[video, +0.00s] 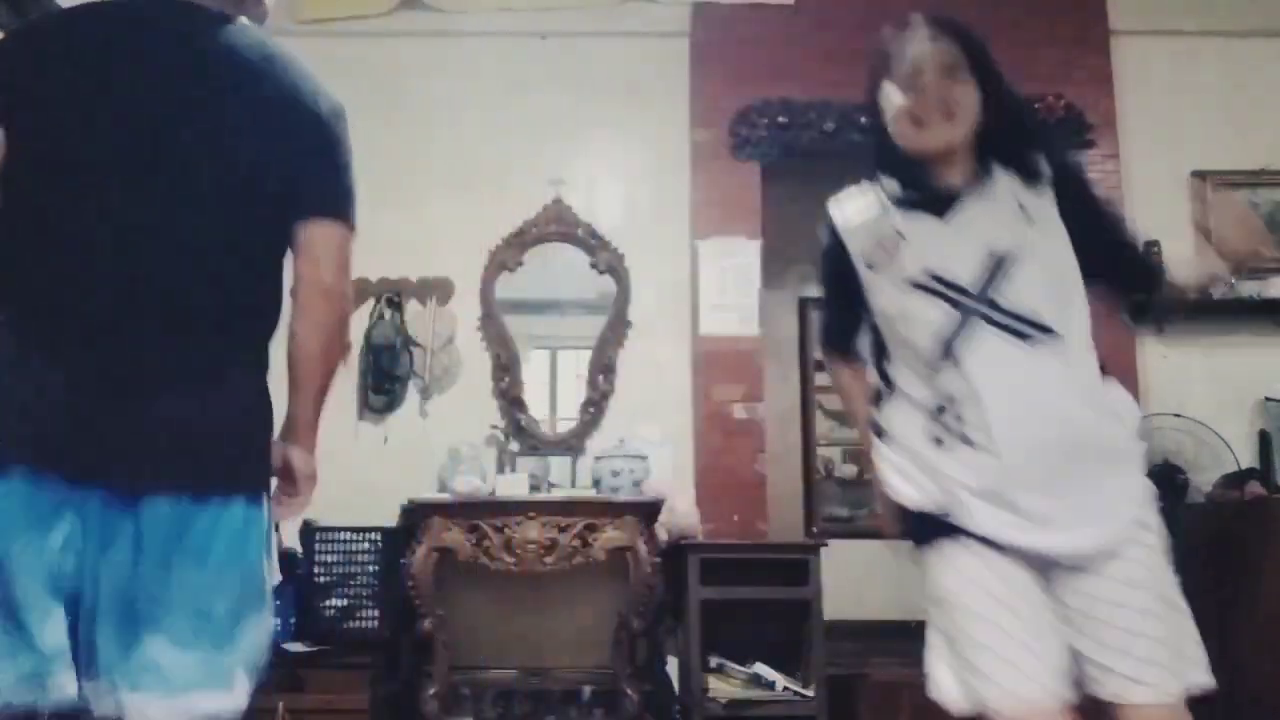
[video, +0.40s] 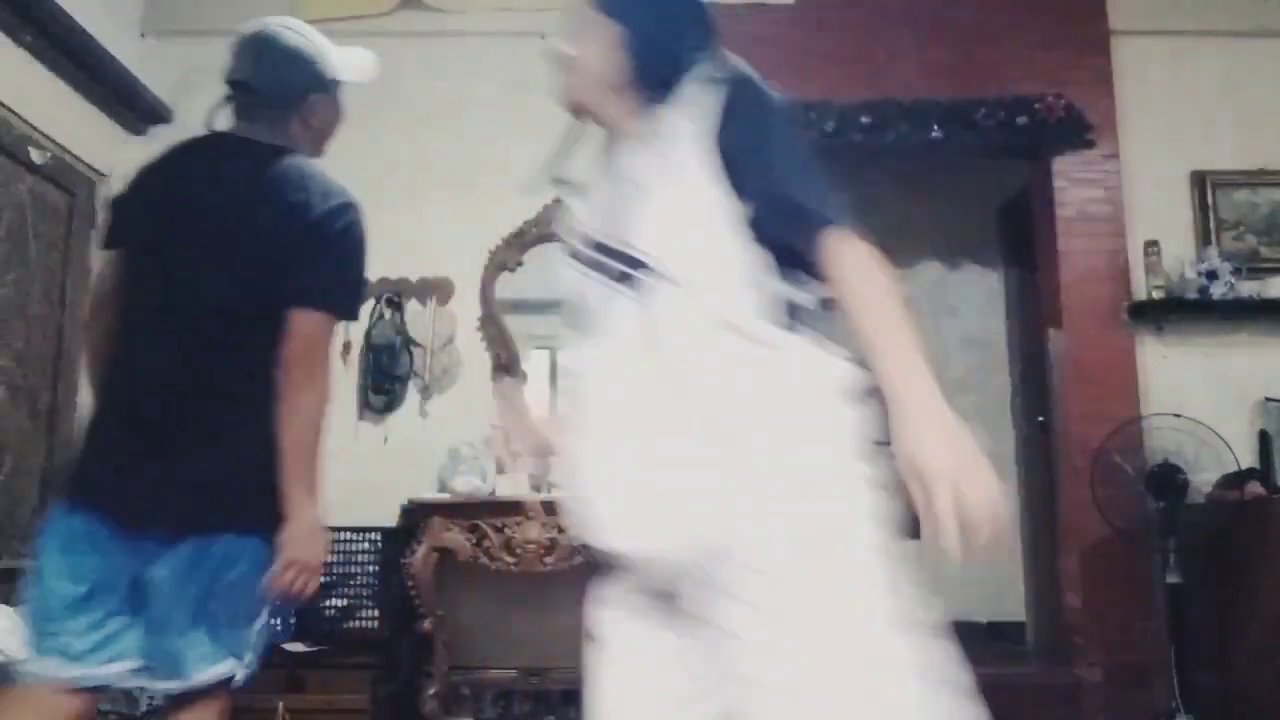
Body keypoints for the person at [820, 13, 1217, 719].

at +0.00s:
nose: (926, 95)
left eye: (947, 75)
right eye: (905, 79)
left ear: (983, 93)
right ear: (878, 102)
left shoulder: (1046, 181)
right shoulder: (856, 222)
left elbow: (1142, 285)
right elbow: (842, 349)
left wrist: (1219, 263)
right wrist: (883, 461)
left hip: (1099, 495)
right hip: (966, 513)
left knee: (1156, 707)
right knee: (1027, 710)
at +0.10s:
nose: (871, 47)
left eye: (898, 26)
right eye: (848, 29)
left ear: (938, 45)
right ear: (821, 50)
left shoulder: (1013, 135)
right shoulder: (810, 185)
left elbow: (1137, 248)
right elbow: (822, 332)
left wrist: (1096, 211)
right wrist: (837, 408)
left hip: (1058, 472)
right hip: (909, 492)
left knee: (1116, 703)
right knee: (928, 708)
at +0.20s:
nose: (785, 47)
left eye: (813, 24)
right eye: (763, 33)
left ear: (864, 39)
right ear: (741, 66)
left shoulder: (958, 129)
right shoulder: (757, 227)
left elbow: (1071, 263)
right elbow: (789, 394)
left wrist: (961, 306)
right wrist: (791, 531)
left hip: (1031, 502)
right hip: (883, 529)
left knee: (1078, 709)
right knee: (820, 706)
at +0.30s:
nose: (672, 73)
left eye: (700, 53)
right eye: (673, 55)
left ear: (761, 75)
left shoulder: (844, 164)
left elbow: (972, 277)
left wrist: (918, 430)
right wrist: (675, 553)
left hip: (951, 560)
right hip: (778, 583)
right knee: (703, 707)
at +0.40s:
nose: (563, 48)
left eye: (583, 27)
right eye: (571, 29)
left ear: (635, 39)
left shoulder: (730, 111)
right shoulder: (610, 155)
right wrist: (560, 425)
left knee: (817, 695)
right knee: (649, 699)